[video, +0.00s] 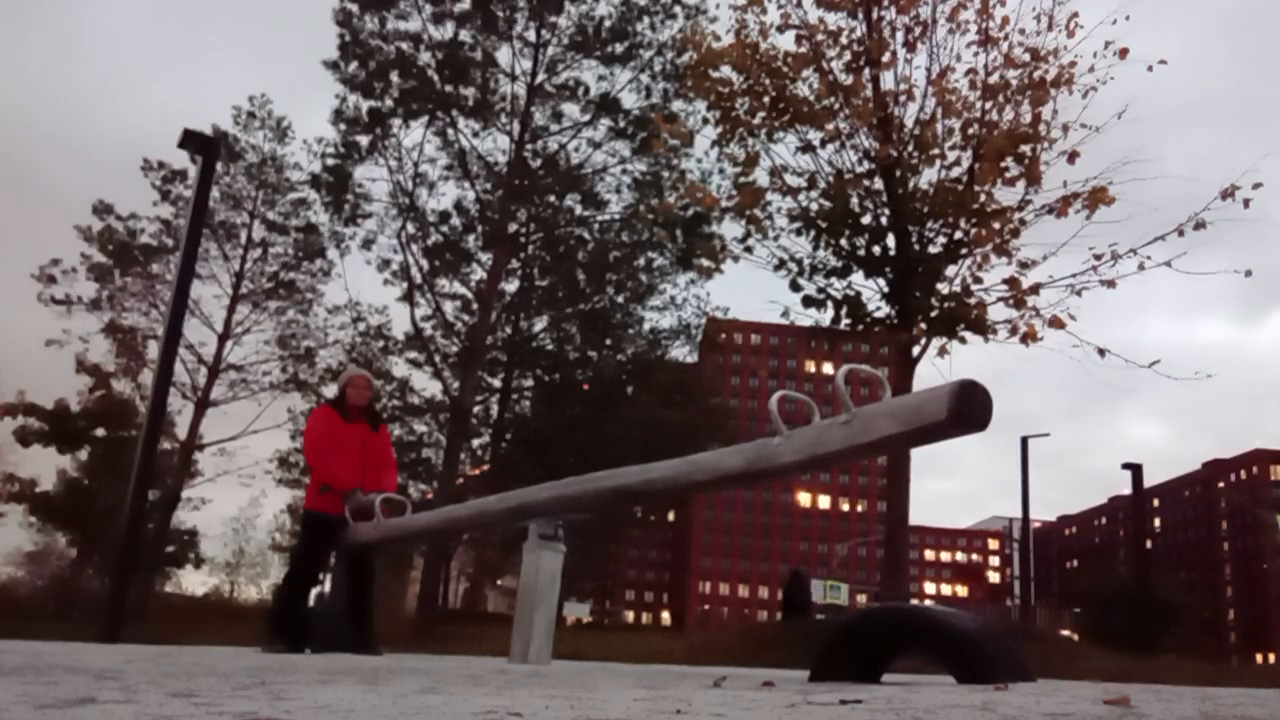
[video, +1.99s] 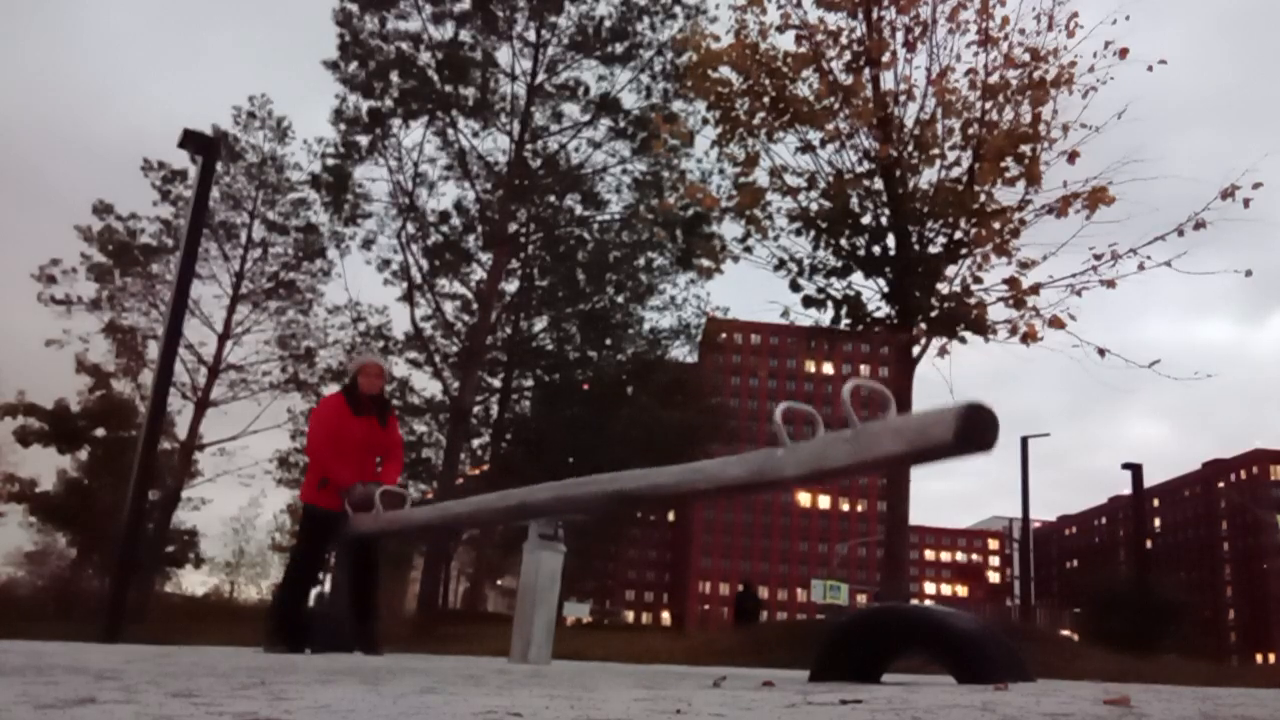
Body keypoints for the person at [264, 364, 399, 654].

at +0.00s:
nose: (362, 391)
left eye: (367, 387)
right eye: (356, 386)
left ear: (373, 393)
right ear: (344, 390)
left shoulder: (377, 428)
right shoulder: (323, 417)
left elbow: (388, 466)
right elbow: (316, 457)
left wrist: (385, 496)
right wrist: (347, 489)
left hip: (362, 515)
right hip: (323, 510)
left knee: (361, 578)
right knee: (304, 572)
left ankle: (362, 640)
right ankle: (282, 635)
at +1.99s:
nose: (373, 381)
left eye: (378, 376)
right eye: (367, 375)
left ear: (385, 381)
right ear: (355, 377)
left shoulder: (386, 416)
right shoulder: (330, 406)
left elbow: (395, 455)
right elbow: (318, 451)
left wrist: (385, 484)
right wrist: (347, 484)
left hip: (362, 510)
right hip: (323, 503)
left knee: (364, 575)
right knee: (304, 570)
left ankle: (365, 640)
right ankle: (282, 637)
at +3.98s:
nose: (355, 391)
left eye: (360, 387)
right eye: (349, 386)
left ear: (367, 392)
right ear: (338, 390)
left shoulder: (375, 426)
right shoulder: (319, 416)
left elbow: (384, 464)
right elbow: (315, 453)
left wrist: (376, 487)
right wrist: (343, 481)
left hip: (359, 513)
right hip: (321, 508)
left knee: (359, 577)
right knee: (303, 572)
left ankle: (360, 640)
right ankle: (282, 636)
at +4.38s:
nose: (365, 390)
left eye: (371, 386)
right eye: (359, 385)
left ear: (378, 392)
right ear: (347, 389)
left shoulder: (381, 429)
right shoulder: (327, 414)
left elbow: (389, 466)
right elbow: (318, 456)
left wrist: (382, 489)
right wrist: (347, 485)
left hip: (361, 515)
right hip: (322, 510)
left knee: (359, 580)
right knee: (303, 574)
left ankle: (362, 643)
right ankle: (281, 636)